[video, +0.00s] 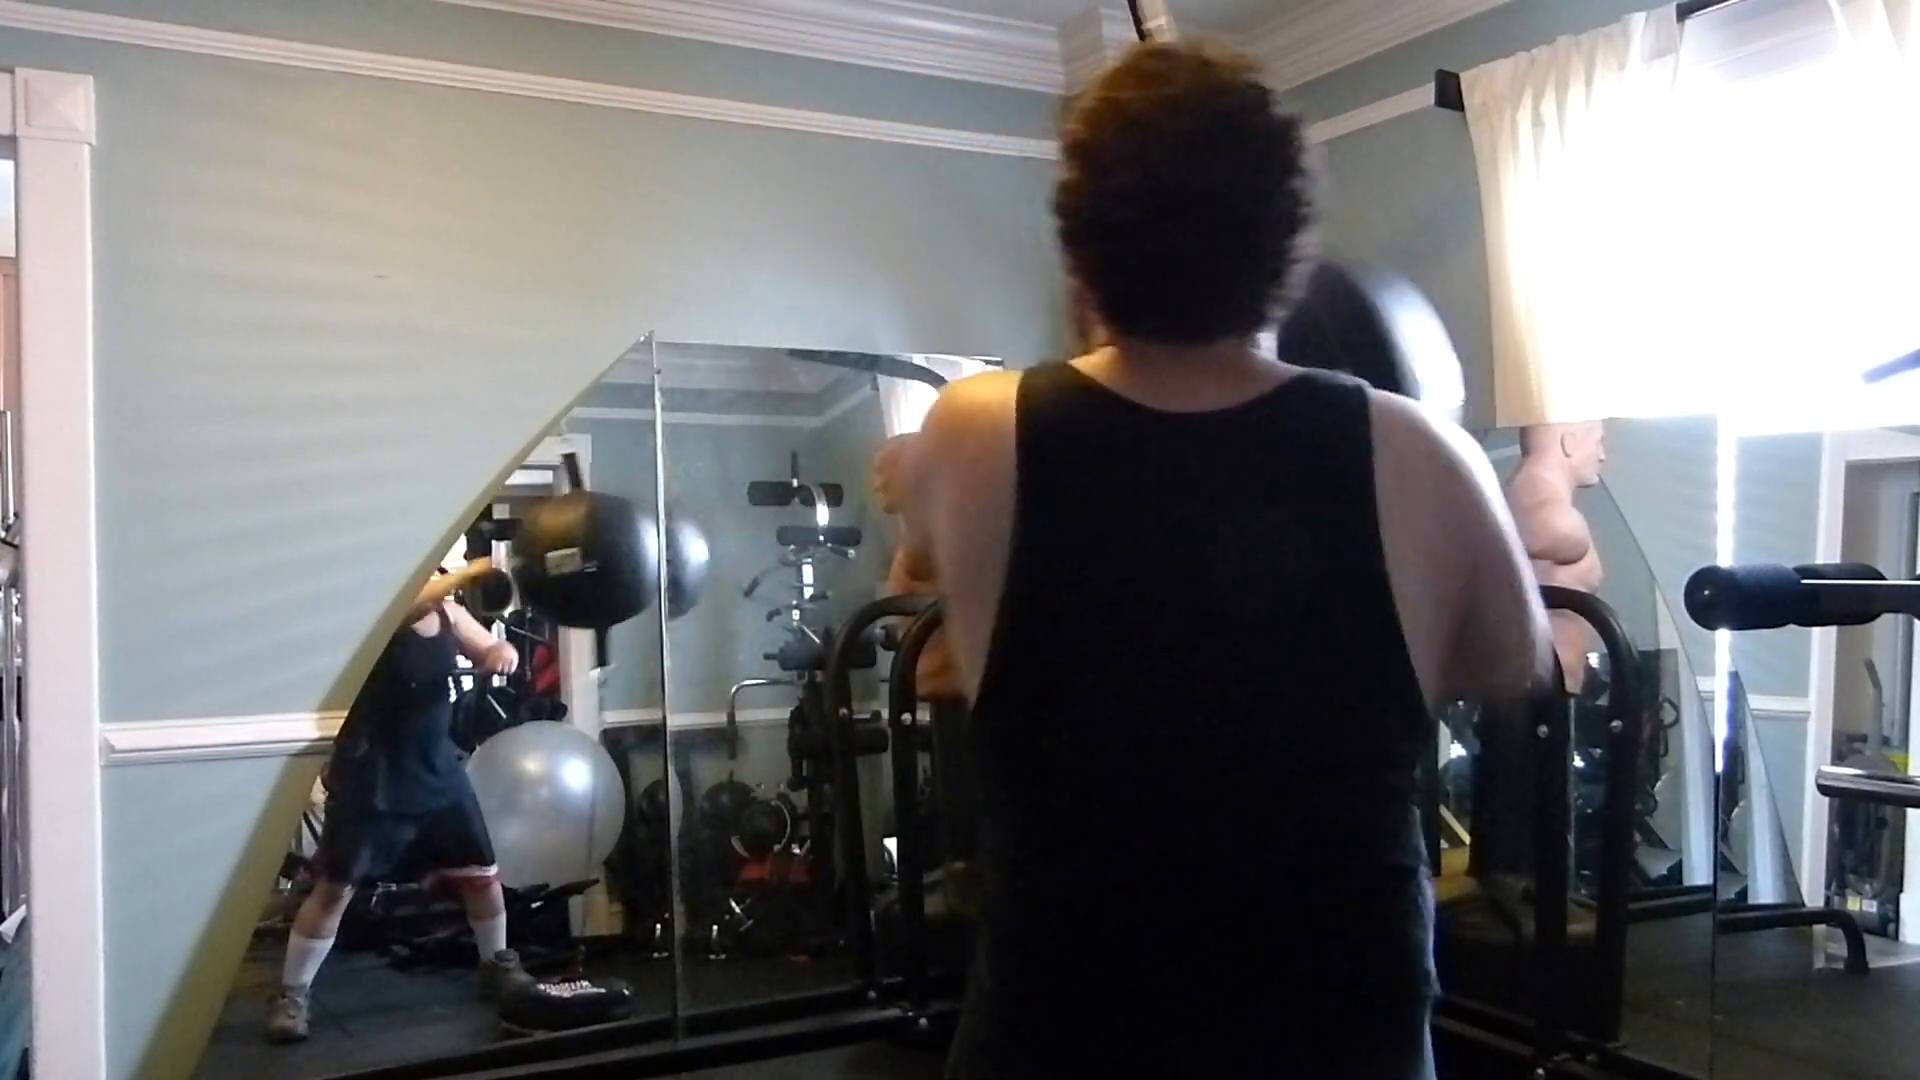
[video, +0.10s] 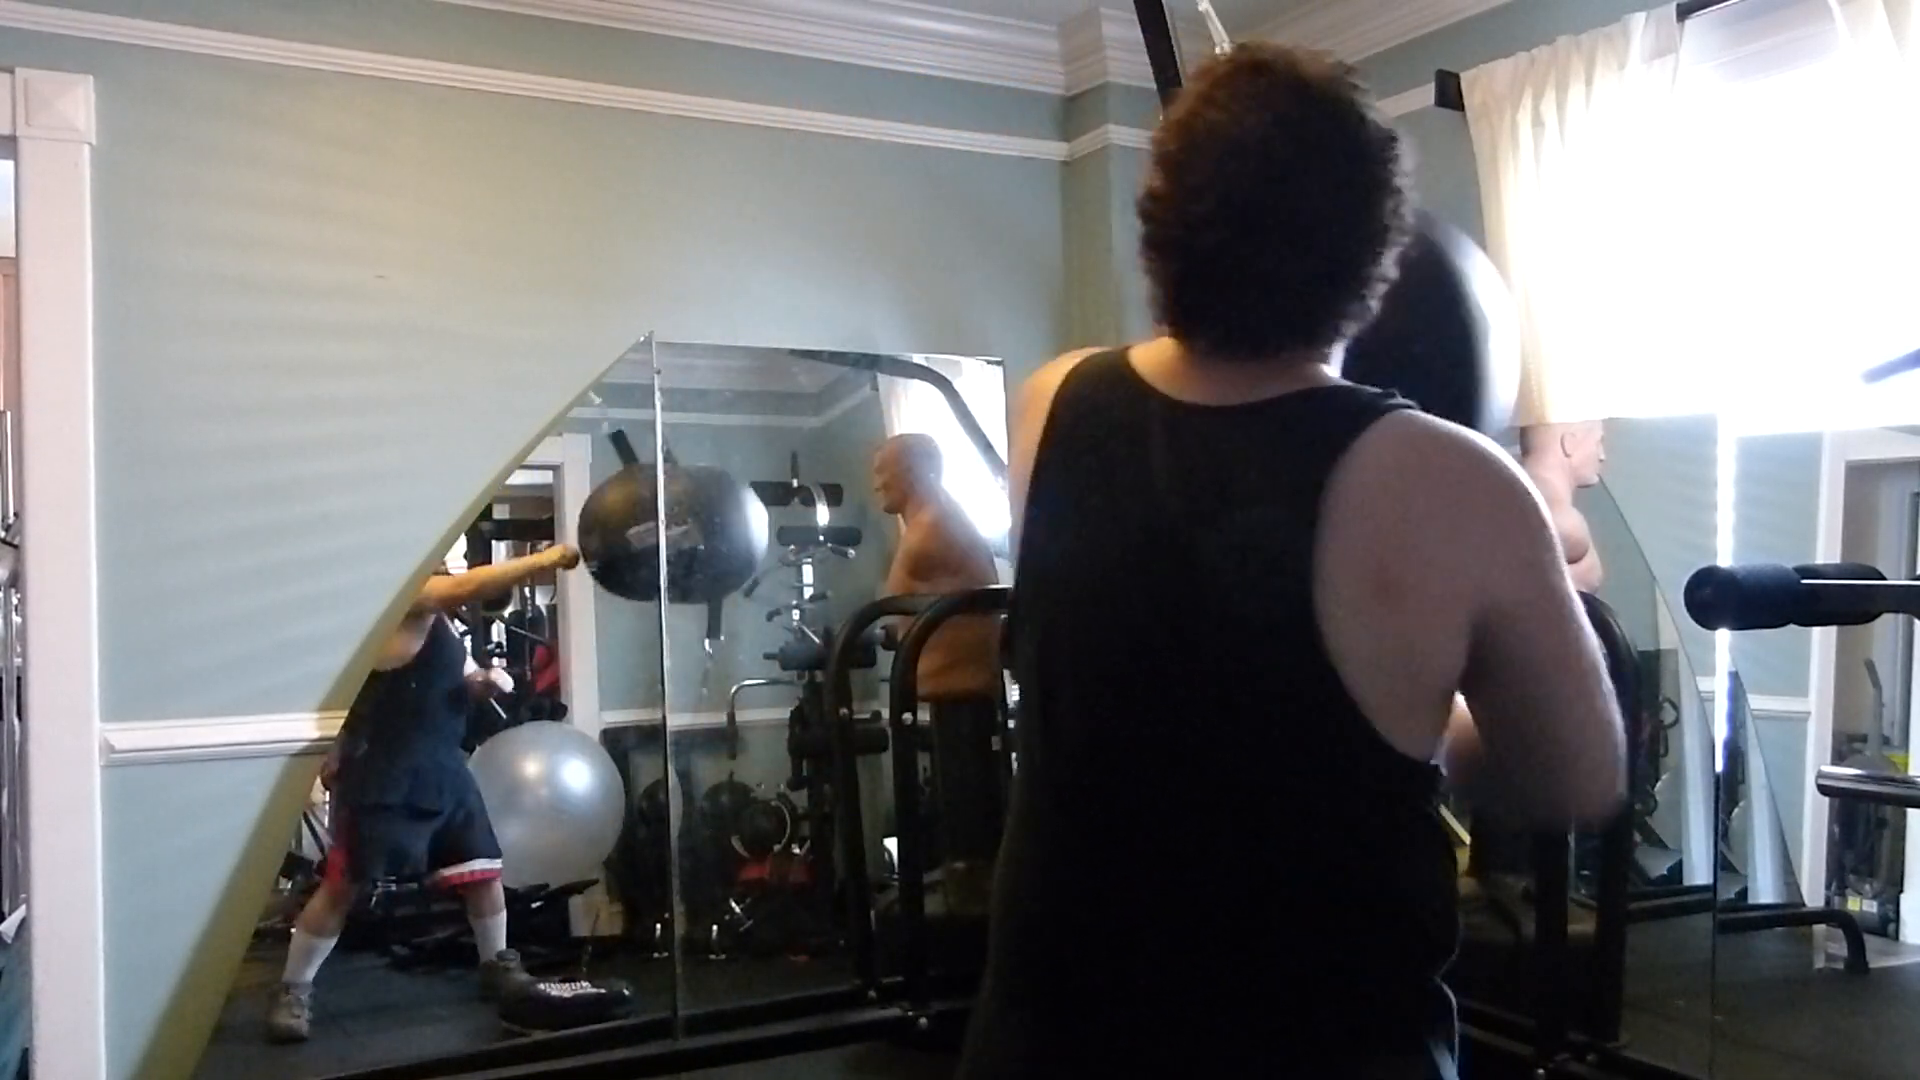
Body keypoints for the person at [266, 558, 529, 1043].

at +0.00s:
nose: (429, 577)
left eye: (433, 569)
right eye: (422, 570)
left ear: (438, 571)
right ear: (396, 572)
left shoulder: (448, 609)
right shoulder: (372, 612)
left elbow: (487, 651)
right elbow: (406, 601)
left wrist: (500, 655)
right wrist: (468, 575)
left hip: (437, 764)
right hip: (370, 768)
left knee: (482, 877)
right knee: (334, 888)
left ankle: (500, 969)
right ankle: (292, 997)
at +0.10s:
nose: (454, 584)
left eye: (452, 575)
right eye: (441, 575)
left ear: (439, 576)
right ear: (408, 572)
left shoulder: (446, 631)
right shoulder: (387, 602)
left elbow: (437, 701)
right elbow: (468, 587)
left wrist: (474, 688)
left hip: (444, 767)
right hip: (381, 768)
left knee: (483, 870)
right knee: (344, 884)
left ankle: (499, 970)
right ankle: (293, 991)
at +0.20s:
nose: (454, 553)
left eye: (455, 543)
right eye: (444, 542)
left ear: (449, 549)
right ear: (416, 545)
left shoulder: (440, 601)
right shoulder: (400, 592)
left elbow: (432, 686)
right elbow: (463, 604)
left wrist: (477, 701)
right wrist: (529, 575)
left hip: (448, 761)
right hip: (389, 762)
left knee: (484, 865)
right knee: (354, 881)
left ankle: (499, 970)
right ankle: (292, 988)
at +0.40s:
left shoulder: (443, 634)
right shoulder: (382, 620)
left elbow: (469, 688)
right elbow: (386, 659)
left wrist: (469, 675)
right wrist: (418, 598)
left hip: (449, 766)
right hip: (382, 764)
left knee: (488, 872)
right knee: (350, 884)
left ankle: (499, 973)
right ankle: (290, 993)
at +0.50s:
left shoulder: (428, 612)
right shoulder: (352, 617)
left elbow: (468, 681)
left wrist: (445, 629)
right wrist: (388, 622)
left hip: (431, 765)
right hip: (361, 770)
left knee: (477, 878)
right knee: (335, 893)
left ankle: (497, 972)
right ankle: (288, 997)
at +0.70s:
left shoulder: (386, 597)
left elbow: (446, 644)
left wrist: (407, 604)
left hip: (399, 757)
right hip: (330, 768)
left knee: (451, 867)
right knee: (310, 887)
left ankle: (477, 966)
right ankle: (279, 995)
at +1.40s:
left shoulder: (392, 599)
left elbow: (372, 674)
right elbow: (366, 670)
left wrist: (402, 675)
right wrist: (410, 616)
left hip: (402, 775)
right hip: (343, 779)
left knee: (438, 881)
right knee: (313, 900)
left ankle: (451, 976)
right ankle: (234, 1006)